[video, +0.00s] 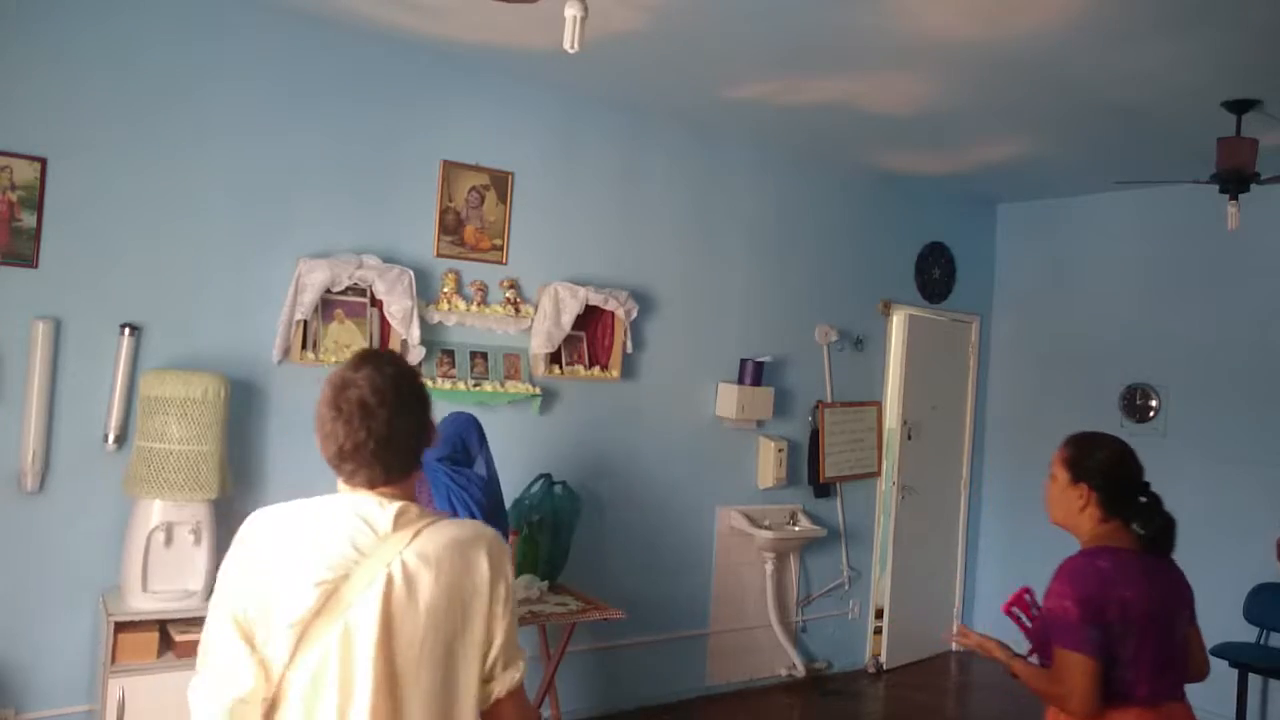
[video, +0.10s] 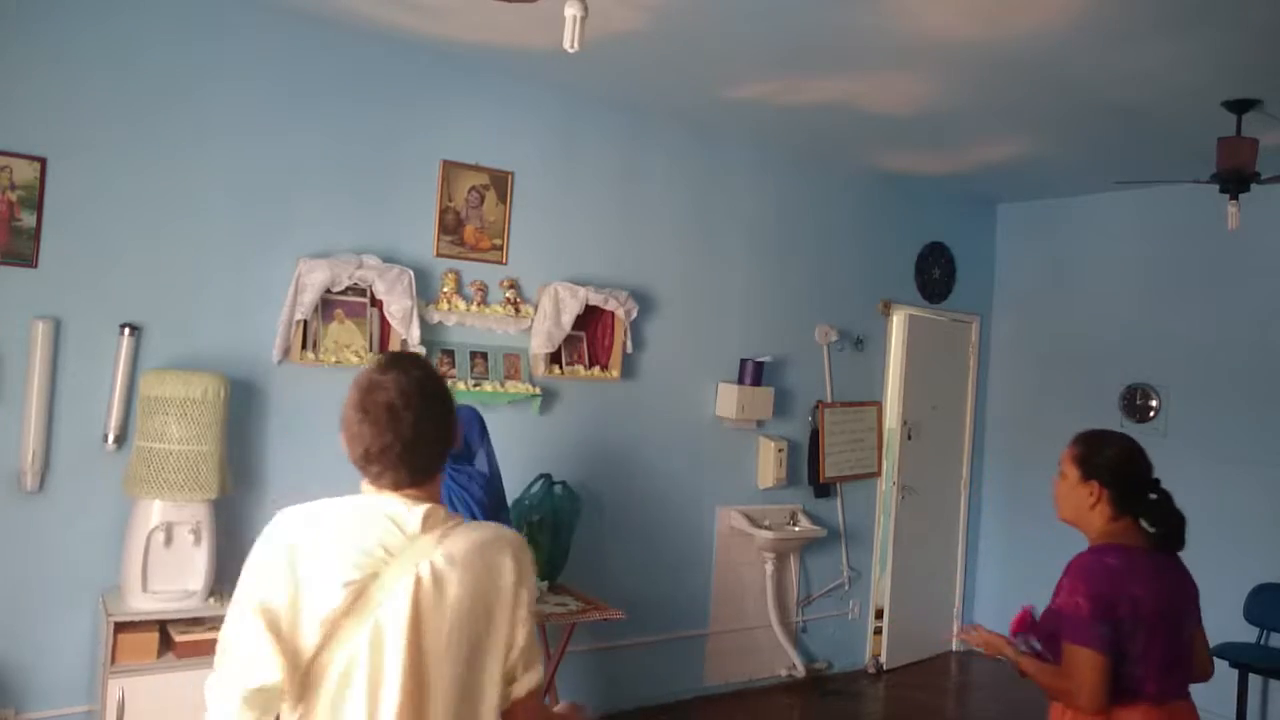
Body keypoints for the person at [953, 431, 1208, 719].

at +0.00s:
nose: (1046, 488)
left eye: (1052, 478)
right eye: (1049, 477)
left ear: (1082, 495)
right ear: (1125, 494)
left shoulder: (1079, 576)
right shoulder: (1164, 568)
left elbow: (1078, 701)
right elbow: (1196, 666)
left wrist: (1007, 658)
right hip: (1176, 711)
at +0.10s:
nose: (1055, 485)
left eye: (1063, 475)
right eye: (1059, 474)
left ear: (1093, 494)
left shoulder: (1089, 572)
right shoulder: (1168, 563)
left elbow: (1087, 697)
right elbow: (1200, 667)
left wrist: (1011, 654)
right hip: (1179, 710)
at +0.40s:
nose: (1068, 486)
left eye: (1077, 474)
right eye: (1073, 474)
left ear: (1108, 491)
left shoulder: (1098, 571)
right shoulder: (1178, 565)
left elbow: (1086, 693)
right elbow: (1198, 673)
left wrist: (1018, 649)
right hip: (1168, 710)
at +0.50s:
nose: (1067, 488)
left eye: (1077, 476)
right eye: (1073, 476)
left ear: (1107, 494)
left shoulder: (1101, 575)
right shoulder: (1176, 569)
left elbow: (1089, 697)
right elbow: (1195, 676)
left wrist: (1021, 649)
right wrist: (1055, 648)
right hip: (1168, 711)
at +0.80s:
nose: (1043, 480)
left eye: (1053, 470)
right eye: (1049, 469)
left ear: (1081, 492)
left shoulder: (1071, 571)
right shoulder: (1148, 567)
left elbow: (1063, 692)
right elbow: (1170, 667)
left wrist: (993, 645)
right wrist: (1043, 633)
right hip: (1144, 708)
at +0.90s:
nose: (1030, 480)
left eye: (1040, 471)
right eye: (1036, 469)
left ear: (1068, 492)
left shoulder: (1053, 571)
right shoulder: (1134, 569)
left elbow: (1040, 689)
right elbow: (1153, 667)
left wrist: (976, 639)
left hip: (1047, 712)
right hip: (1123, 708)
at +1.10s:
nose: (1002, 471)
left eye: (1011, 465)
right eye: (1008, 462)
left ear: (1038, 489)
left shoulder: (1020, 565)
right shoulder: (1105, 565)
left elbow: (1001, 680)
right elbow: (1122, 661)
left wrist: (946, 633)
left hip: (1014, 707)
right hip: (1083, 704)